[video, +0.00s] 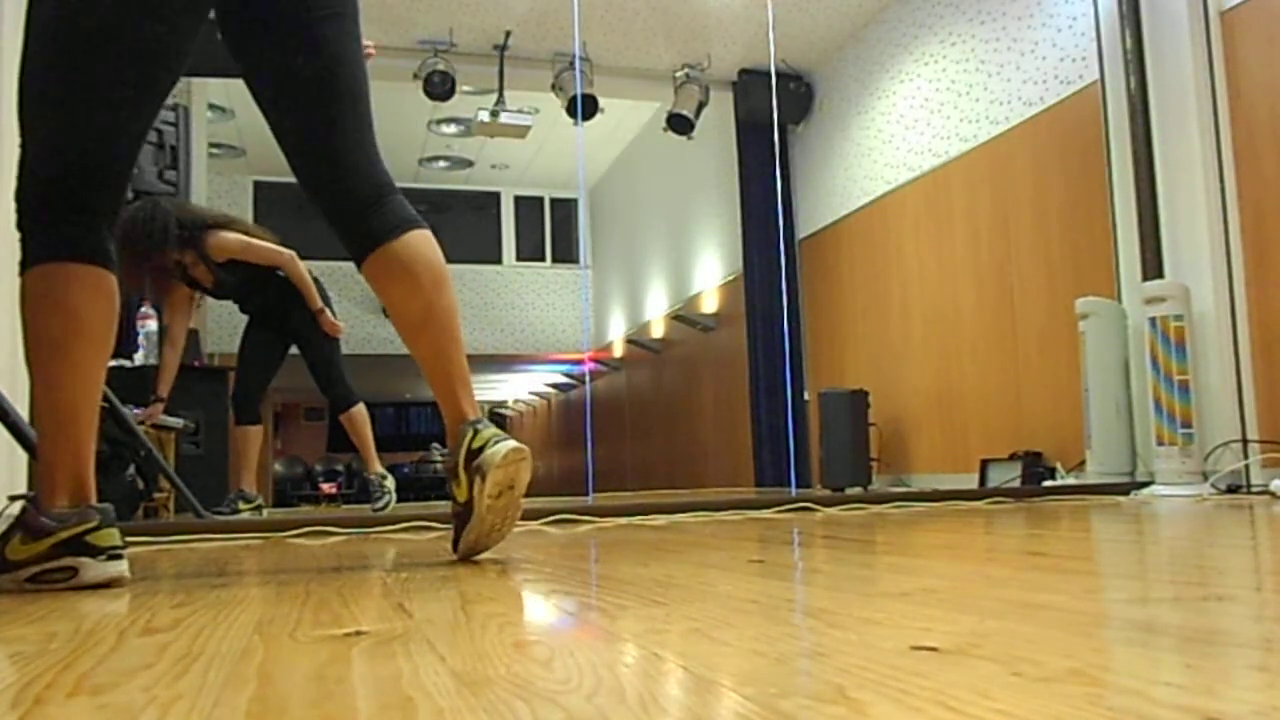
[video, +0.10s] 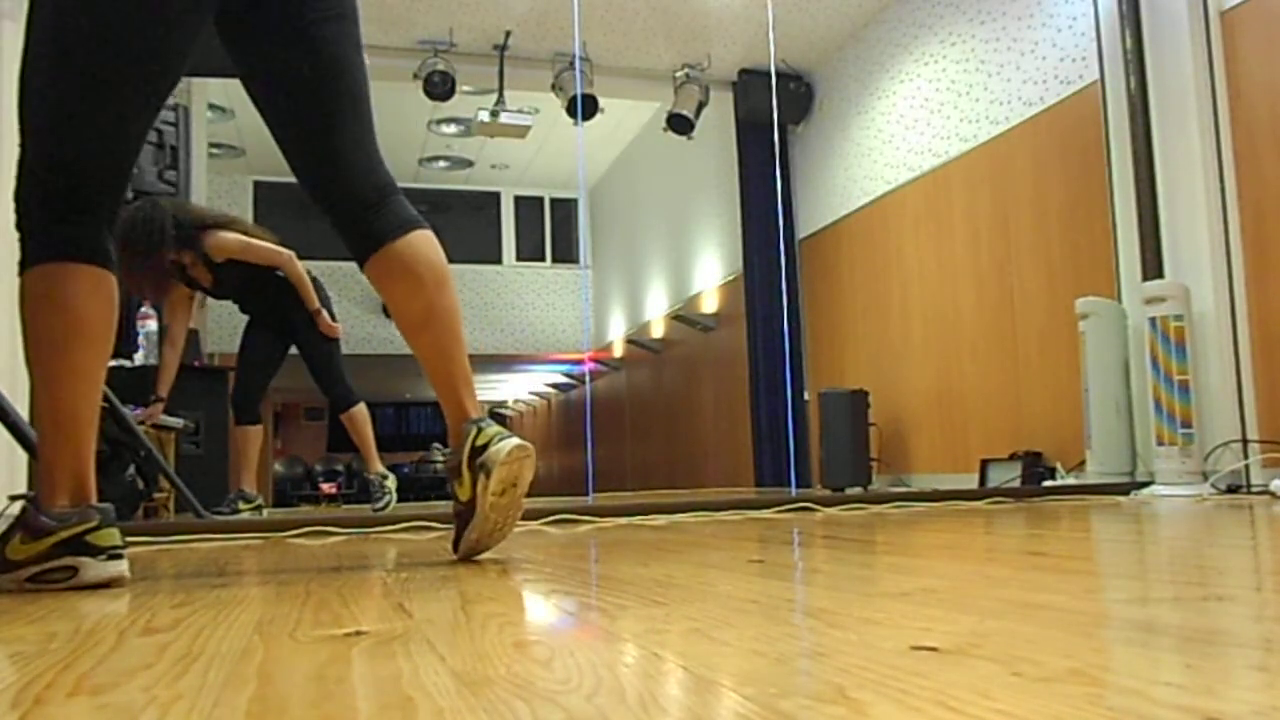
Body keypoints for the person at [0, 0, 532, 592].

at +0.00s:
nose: (153, 271)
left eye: (152, 260)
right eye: (147, 264)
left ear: (164, 240)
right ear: (161, 249)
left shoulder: (217, 242)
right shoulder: (181, 266)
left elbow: (289, 260)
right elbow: (174, 332)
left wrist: (320, 311)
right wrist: (158, 401)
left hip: (294, 296)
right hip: (269, 303)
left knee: (63, 207)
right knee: (364, 193)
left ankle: (65, 507)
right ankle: (472, 434)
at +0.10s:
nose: (151, 285)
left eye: (151, 271)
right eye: (144, 277)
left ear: (164, 244)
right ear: (160, 250)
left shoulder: (214, 242)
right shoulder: (183, 266)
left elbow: (285, 258)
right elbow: (174, 331)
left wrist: (315, 311)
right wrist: (159, 398)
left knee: (61, 206)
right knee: (366, 193)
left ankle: (65, 507)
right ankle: (474, 435)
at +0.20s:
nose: (148, 286)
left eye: (147, 273)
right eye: (141, 278)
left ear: (159, 245)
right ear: (157, 250)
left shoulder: (212, 241)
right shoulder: (185, 265)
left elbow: (284, 258)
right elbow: (174, 330)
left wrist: (316, 311)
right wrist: (158, 398)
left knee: (62, 211)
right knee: (369, 197)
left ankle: (66, 507)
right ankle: (476, 435)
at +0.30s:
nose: (154, 283)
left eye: (152, 269)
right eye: (147, 275)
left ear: (162, 243)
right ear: (160, 249)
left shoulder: (213, 242)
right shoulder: (184, 263)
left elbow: (285, 257)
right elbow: (175, 328)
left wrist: (317, 311)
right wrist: (158, 396)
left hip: (130, 12)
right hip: (296, 9)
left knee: (65, 209)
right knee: (373, 199)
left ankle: (65, 507)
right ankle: (479, 436)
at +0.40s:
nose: (150, 282)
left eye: (149, 267)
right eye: (144, 272)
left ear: (159, 241)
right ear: (159, 247)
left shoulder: (214, 242)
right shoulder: (186, 265)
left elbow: (287, 257)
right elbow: (176, 327)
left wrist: (320, 311)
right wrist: (158, 396)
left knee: (70, 206)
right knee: (378, 199)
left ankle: (65, 506)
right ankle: (482, 436)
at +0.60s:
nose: (157, 278)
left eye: (156, 264)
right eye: (151, 269)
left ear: (166, 241)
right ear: (169, 245)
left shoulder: (224, 241)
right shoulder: (191, 265)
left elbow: (296, 258)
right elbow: (175, 325)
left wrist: (327, 310)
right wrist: (156, 391)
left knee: (82, 202)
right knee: (392, 193)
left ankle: (67, 508)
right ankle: (493, 435)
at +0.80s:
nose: (184, 266)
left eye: (186, 254)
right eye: (178, 258)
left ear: (204, 234)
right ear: (195, 242)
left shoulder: (255, 236)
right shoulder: (210, 257)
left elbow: (324, 261)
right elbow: (202, 320)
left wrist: (350, 314)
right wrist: (189, 380)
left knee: (98, 206)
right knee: (424, 203)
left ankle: (66, 507)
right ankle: (552, 446)